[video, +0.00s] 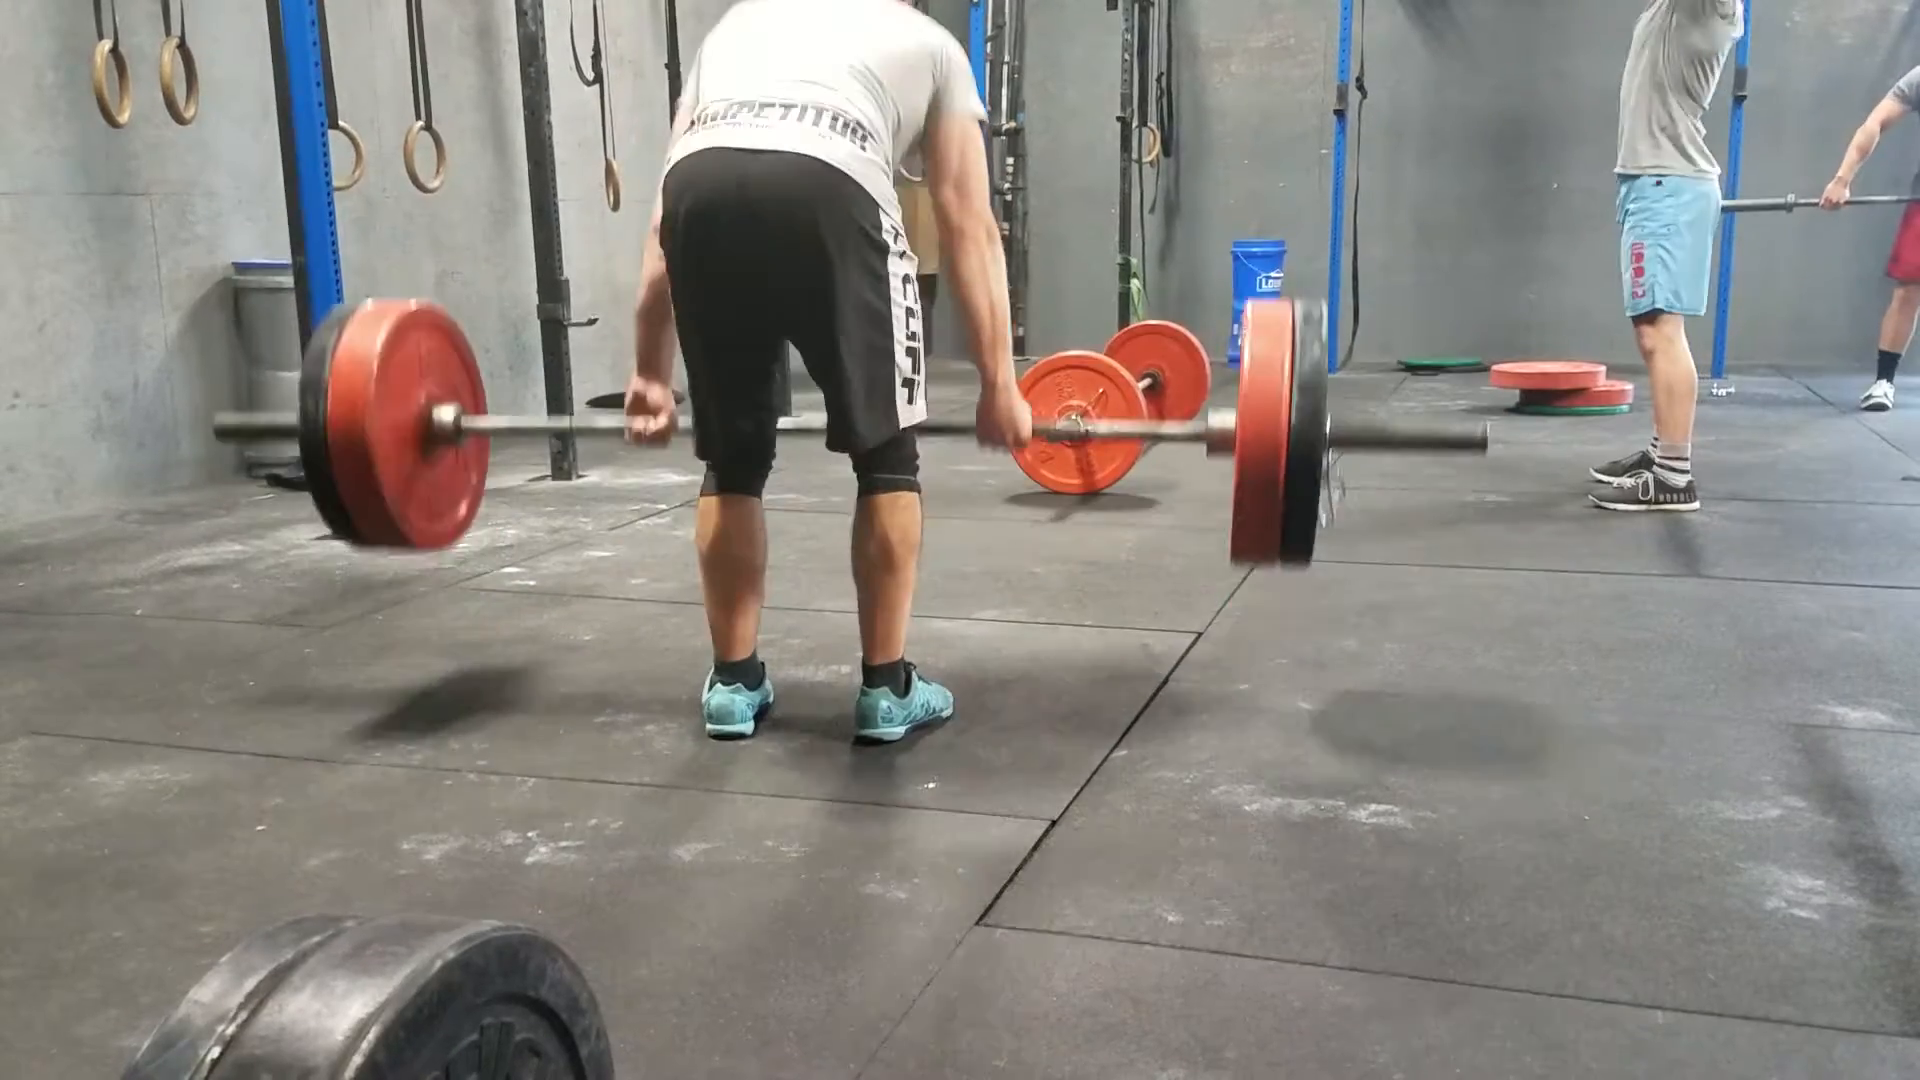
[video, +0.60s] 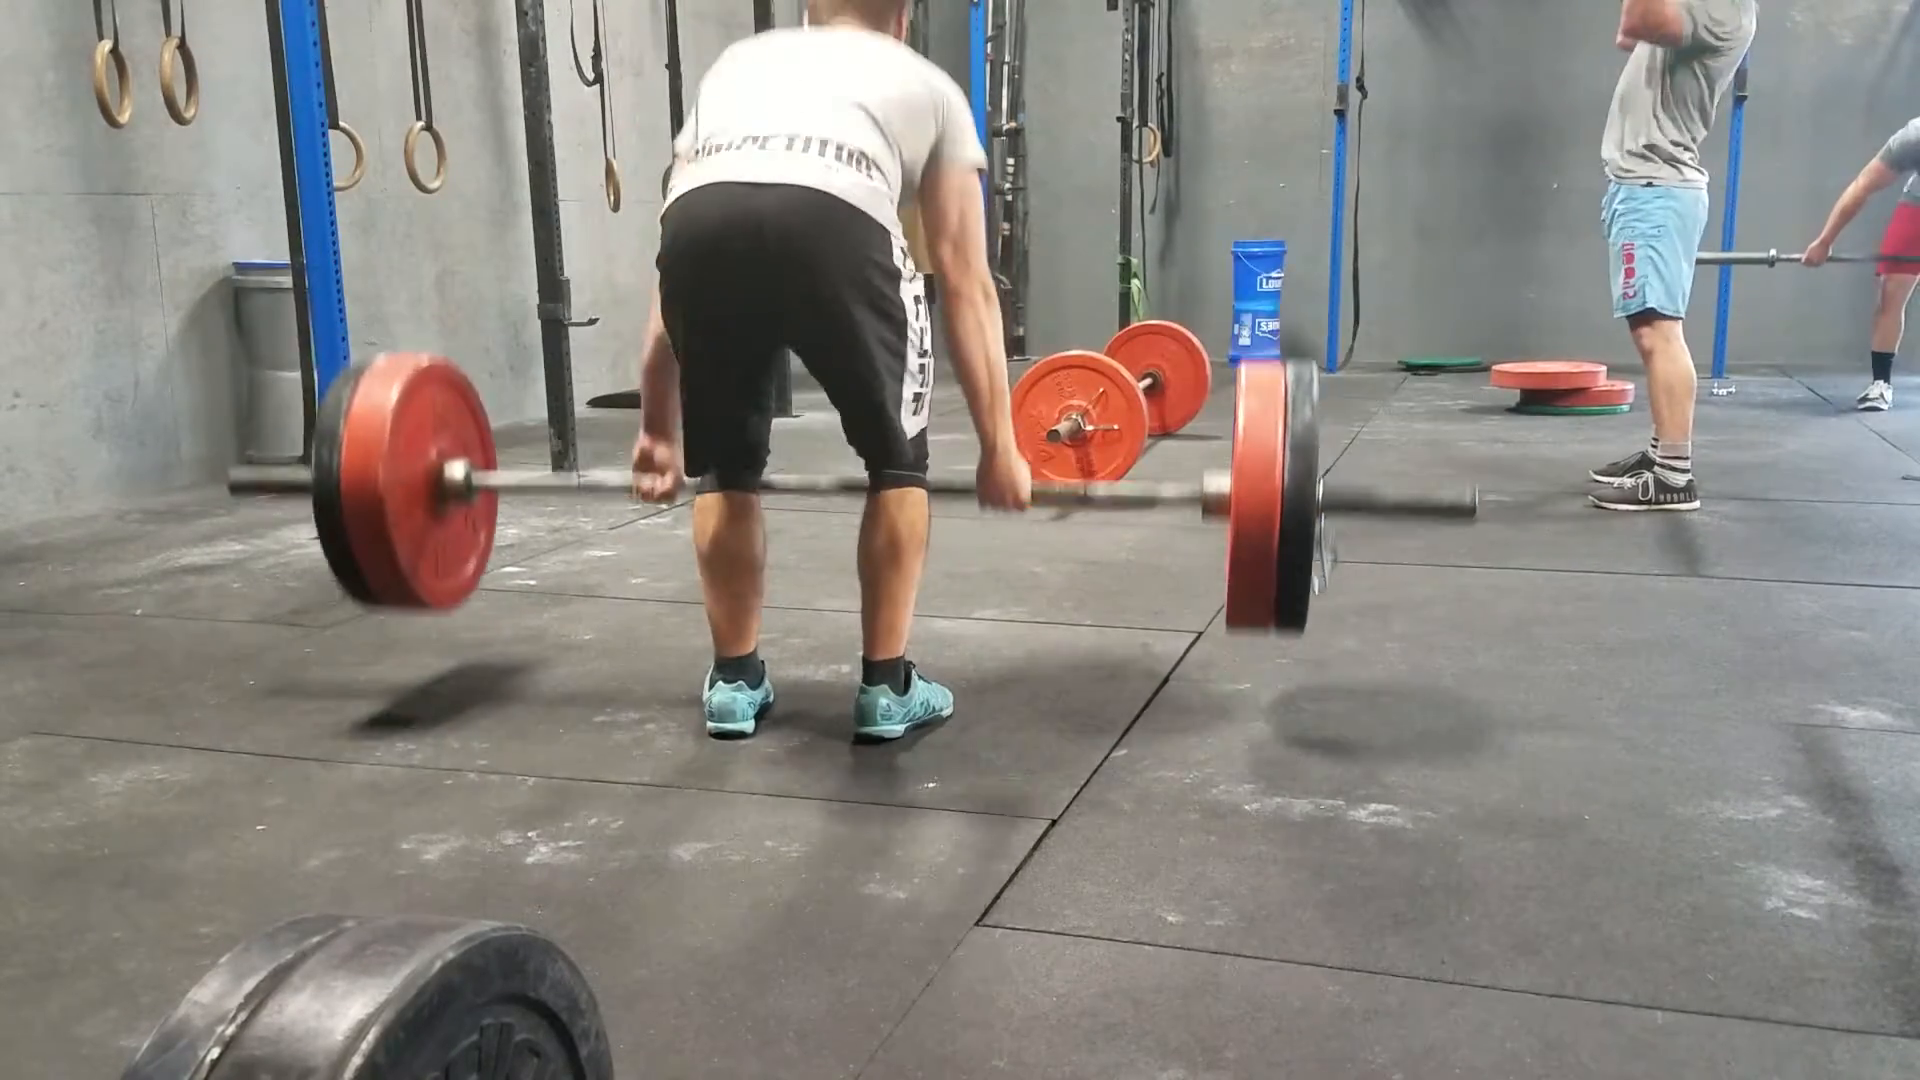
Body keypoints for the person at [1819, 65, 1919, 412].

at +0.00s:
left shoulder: (1915, 79)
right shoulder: (1918, 77)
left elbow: (1876, 123)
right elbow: (1876, 122)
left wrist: (1842, 178)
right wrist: (1842, 178)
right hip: (1919, 203)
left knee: (1909, 290)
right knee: (1909, 289)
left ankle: (1883, 381)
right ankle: (1883, 382)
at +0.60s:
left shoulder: (1912, 136)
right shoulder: (1914, 135)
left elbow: (1863, 186)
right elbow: (1863, 185)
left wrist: (1823, 241)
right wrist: (1824, 241)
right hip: (1915, 204)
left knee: (1895, 289)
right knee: (1893, 288)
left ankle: (1881, 383)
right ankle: (1880, 383)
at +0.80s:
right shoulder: (1911, 166)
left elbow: (1860, 216)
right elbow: (1860, 217)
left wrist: (1822, 273)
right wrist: (1822, 272)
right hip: (1913, 210)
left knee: (1891, 286)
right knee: (1888, 285)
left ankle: (1880, 380)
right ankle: (1880, 381)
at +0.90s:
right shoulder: (1911, 184)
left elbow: (1857, 235)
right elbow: (1857, 235)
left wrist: (1820, 290)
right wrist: (1820, 289)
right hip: (1912, 221)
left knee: (1887, 297)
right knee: (1884, 296)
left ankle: (1878, 383)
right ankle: (1878, 384)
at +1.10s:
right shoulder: (1912, 203)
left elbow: (1857, 254)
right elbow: (1858, 253)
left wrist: (1820, 310)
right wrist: (1821, 309)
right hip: (1913, 238)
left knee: (1889, 287)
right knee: (1886, 286)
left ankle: (1880, 383)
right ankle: (1879, 384)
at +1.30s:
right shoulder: (1913, 192)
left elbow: (1860, 242)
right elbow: (1860, 242)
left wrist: (1823, 298)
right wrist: (1823, 298)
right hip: (1914, 229)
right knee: (1886, 286)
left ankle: (1880, 383)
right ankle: (1879, 384)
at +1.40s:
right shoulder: (1914, 172)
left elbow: (1863, 218)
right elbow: (1863, 218)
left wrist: (1826, 276)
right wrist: (1827, 276)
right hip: (1914, 215)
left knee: (1892, 288)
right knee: (1890, 287)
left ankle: (1881, 382)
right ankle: (1881, 383)